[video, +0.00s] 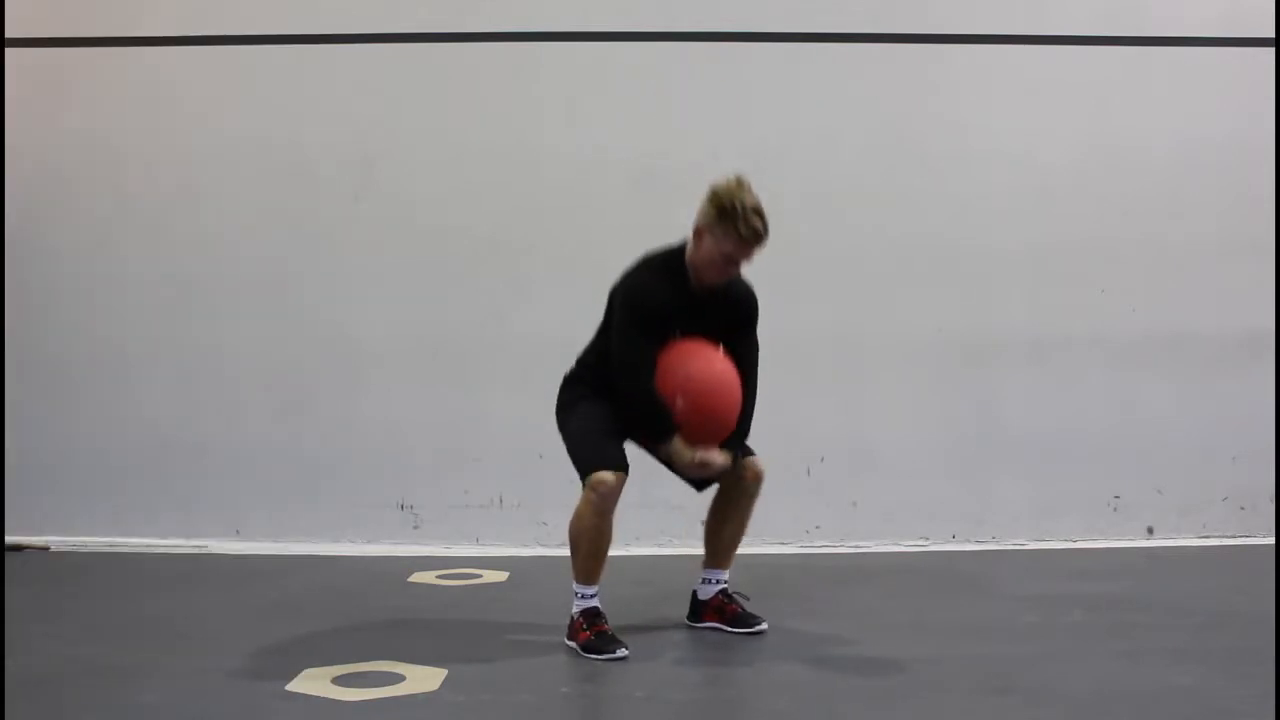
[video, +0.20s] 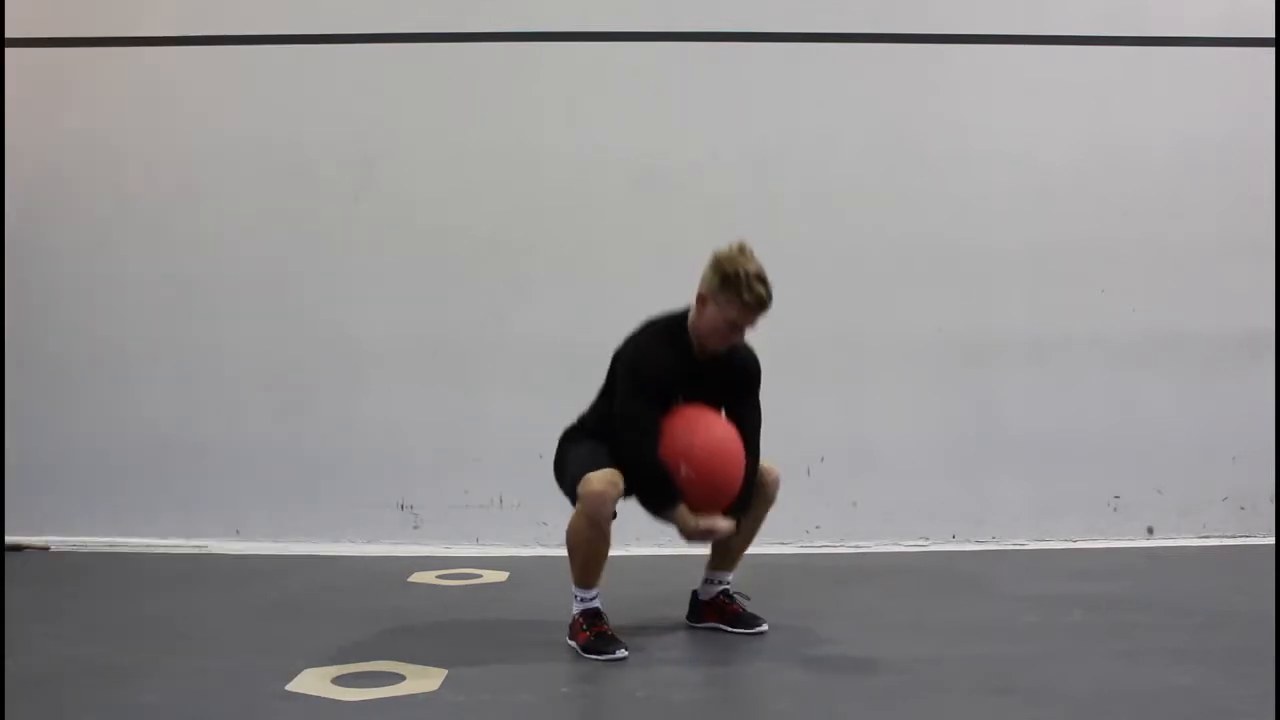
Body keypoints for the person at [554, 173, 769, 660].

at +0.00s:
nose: (733, 271)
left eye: (743, 261)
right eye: (726, 257)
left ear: (752, 253)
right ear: (698, 234)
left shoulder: (738, 300)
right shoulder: (645, 284)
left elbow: (743, 380)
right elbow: (627, 378)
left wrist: (729, 447)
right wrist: (671, 445)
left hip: (662, 403)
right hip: (596, 393)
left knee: (746, 473)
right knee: (605, 481)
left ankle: (710, 596)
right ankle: (585, 614)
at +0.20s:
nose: (739, 337)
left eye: (747, 327)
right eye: (733, 325)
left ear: (755, 319)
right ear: (701, 301)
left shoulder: (741, 365)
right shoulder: (647, 348)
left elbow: (746, 446)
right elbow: (633, 444)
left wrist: (728, 509)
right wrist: (677, 511)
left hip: (674, 458)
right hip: (600, 444)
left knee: (764, 482)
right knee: (600, 489)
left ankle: (711, 596)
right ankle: (586, 614)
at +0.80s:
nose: (731, 240)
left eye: (738, 231)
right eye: (724, 228)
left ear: (744, 228)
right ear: (694, 214)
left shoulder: (737, 288)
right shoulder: (644, 274)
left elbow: (749, 369)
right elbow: (633, 365)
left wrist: (740, 432)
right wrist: (685, 426)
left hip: (666, 400)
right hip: (603, 389)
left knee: (750, 473)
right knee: (606, 481)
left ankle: (710, 596)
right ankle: (586, 613)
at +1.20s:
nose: (673, 115)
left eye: (680, 105)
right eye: (662, 103)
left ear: (686, 107)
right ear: (632, 103)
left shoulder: (704, 175)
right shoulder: (610, 172)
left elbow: (752, 236)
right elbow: (638, 233)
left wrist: (764, 267)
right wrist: (714, 268)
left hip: (685, 337)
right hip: (622, 339)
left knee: (706, 462)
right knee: (616, 468)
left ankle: (707, 598)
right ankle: (587, 612)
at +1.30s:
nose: (667, 117)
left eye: (674, 107)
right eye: (657, 106)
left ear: (679, 111)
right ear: (626, 107)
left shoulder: (697, 177)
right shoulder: (606, 175)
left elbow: (751, 233)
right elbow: (640, 232)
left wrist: (762, 263)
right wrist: (723, 264)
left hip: (688, 340)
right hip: (626, 343)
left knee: (714, 462)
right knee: (620, 471)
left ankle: (708, 598)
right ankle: (588, 612)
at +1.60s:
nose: (697, 127)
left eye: (705, 117)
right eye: (686, 115)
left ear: (711, 117)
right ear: (656, 111)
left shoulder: (719, 186)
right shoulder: (624, 178)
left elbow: (754, 260)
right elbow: (638, 252)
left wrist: (758, 307)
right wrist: (706, 300)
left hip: (675, 344)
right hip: (612, 341)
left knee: (703, 462)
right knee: (609, 468)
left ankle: (707, 597)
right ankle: (588, 611)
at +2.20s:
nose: (750, 354)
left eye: (756, 343)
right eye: (742, 341)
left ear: (764, 336)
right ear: (709, 320)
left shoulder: (751, 385)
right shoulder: (659, 367)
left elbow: (753, 470)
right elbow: (643, 471)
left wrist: (739, 541)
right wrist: (690, 542)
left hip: (681, 473)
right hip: (606, 459)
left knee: (771, 486)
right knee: (607, 490)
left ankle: (709, 599)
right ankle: (590, 614)